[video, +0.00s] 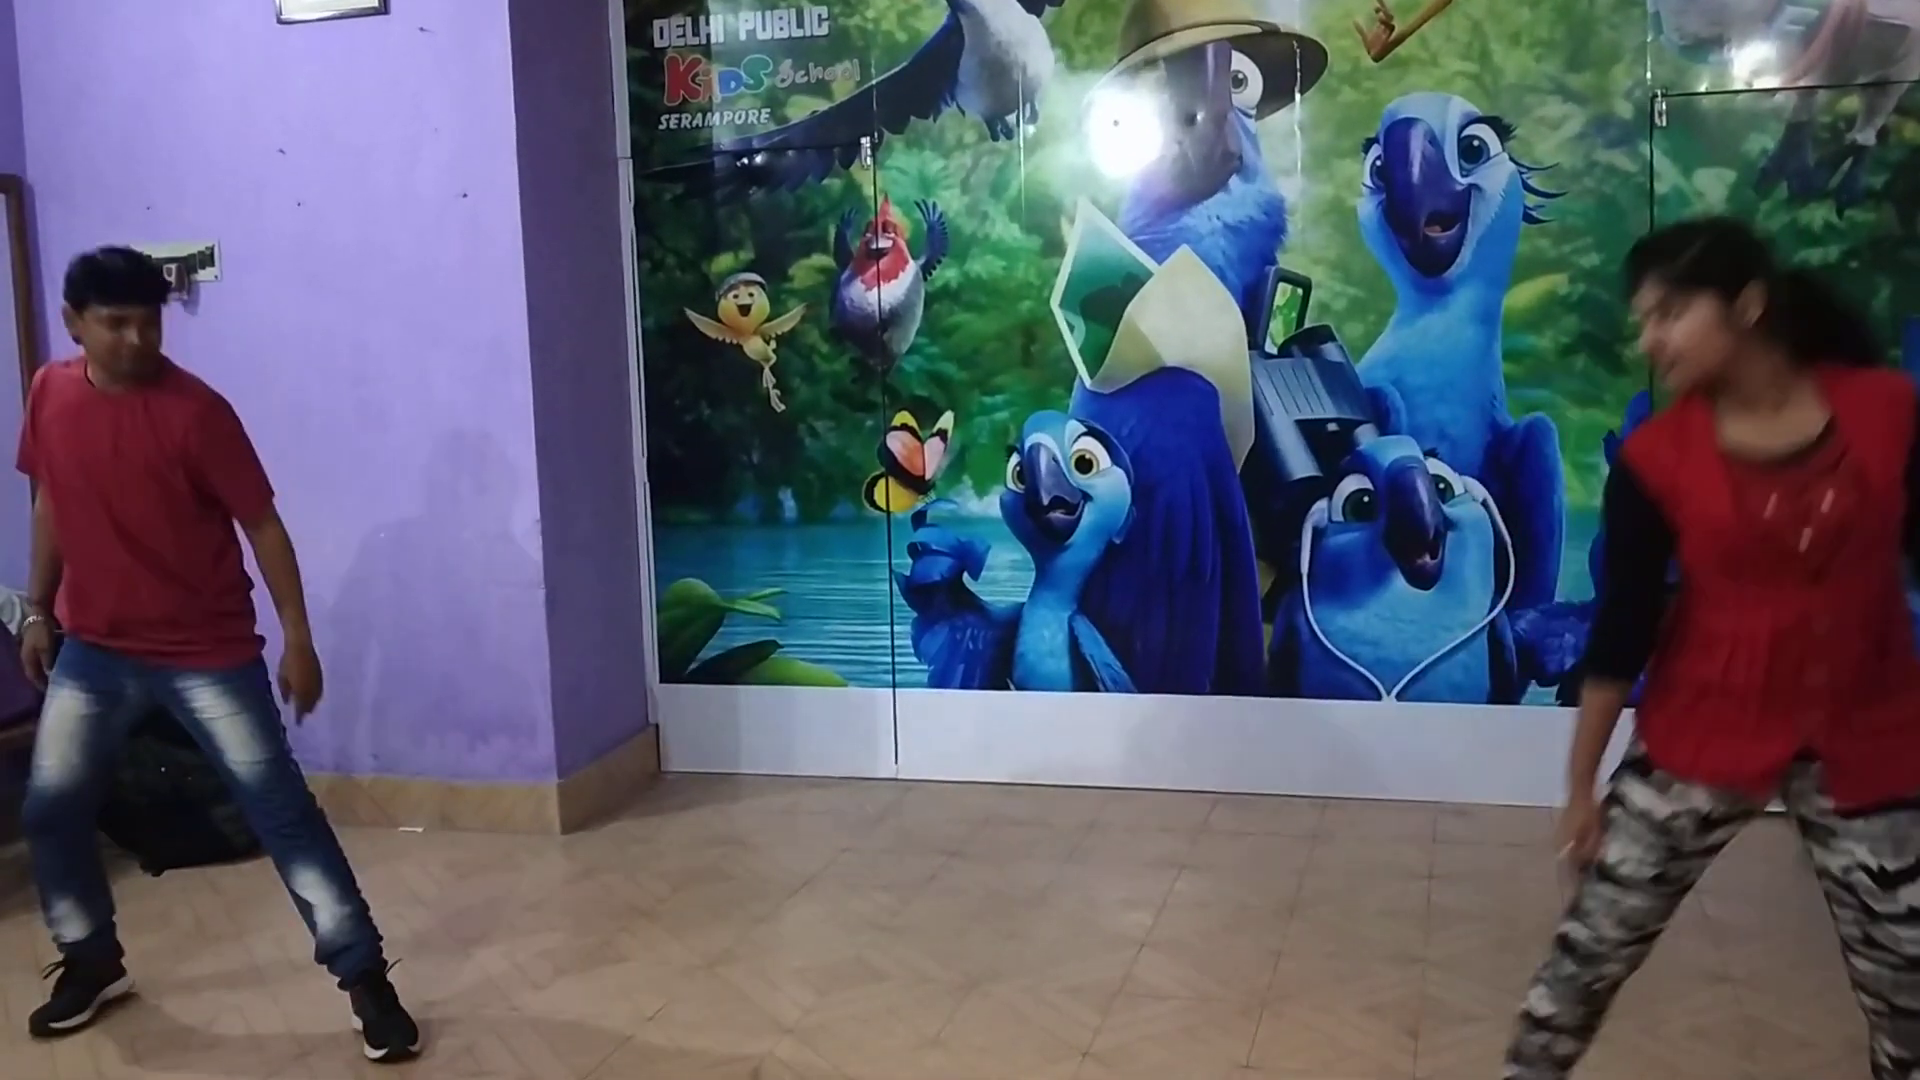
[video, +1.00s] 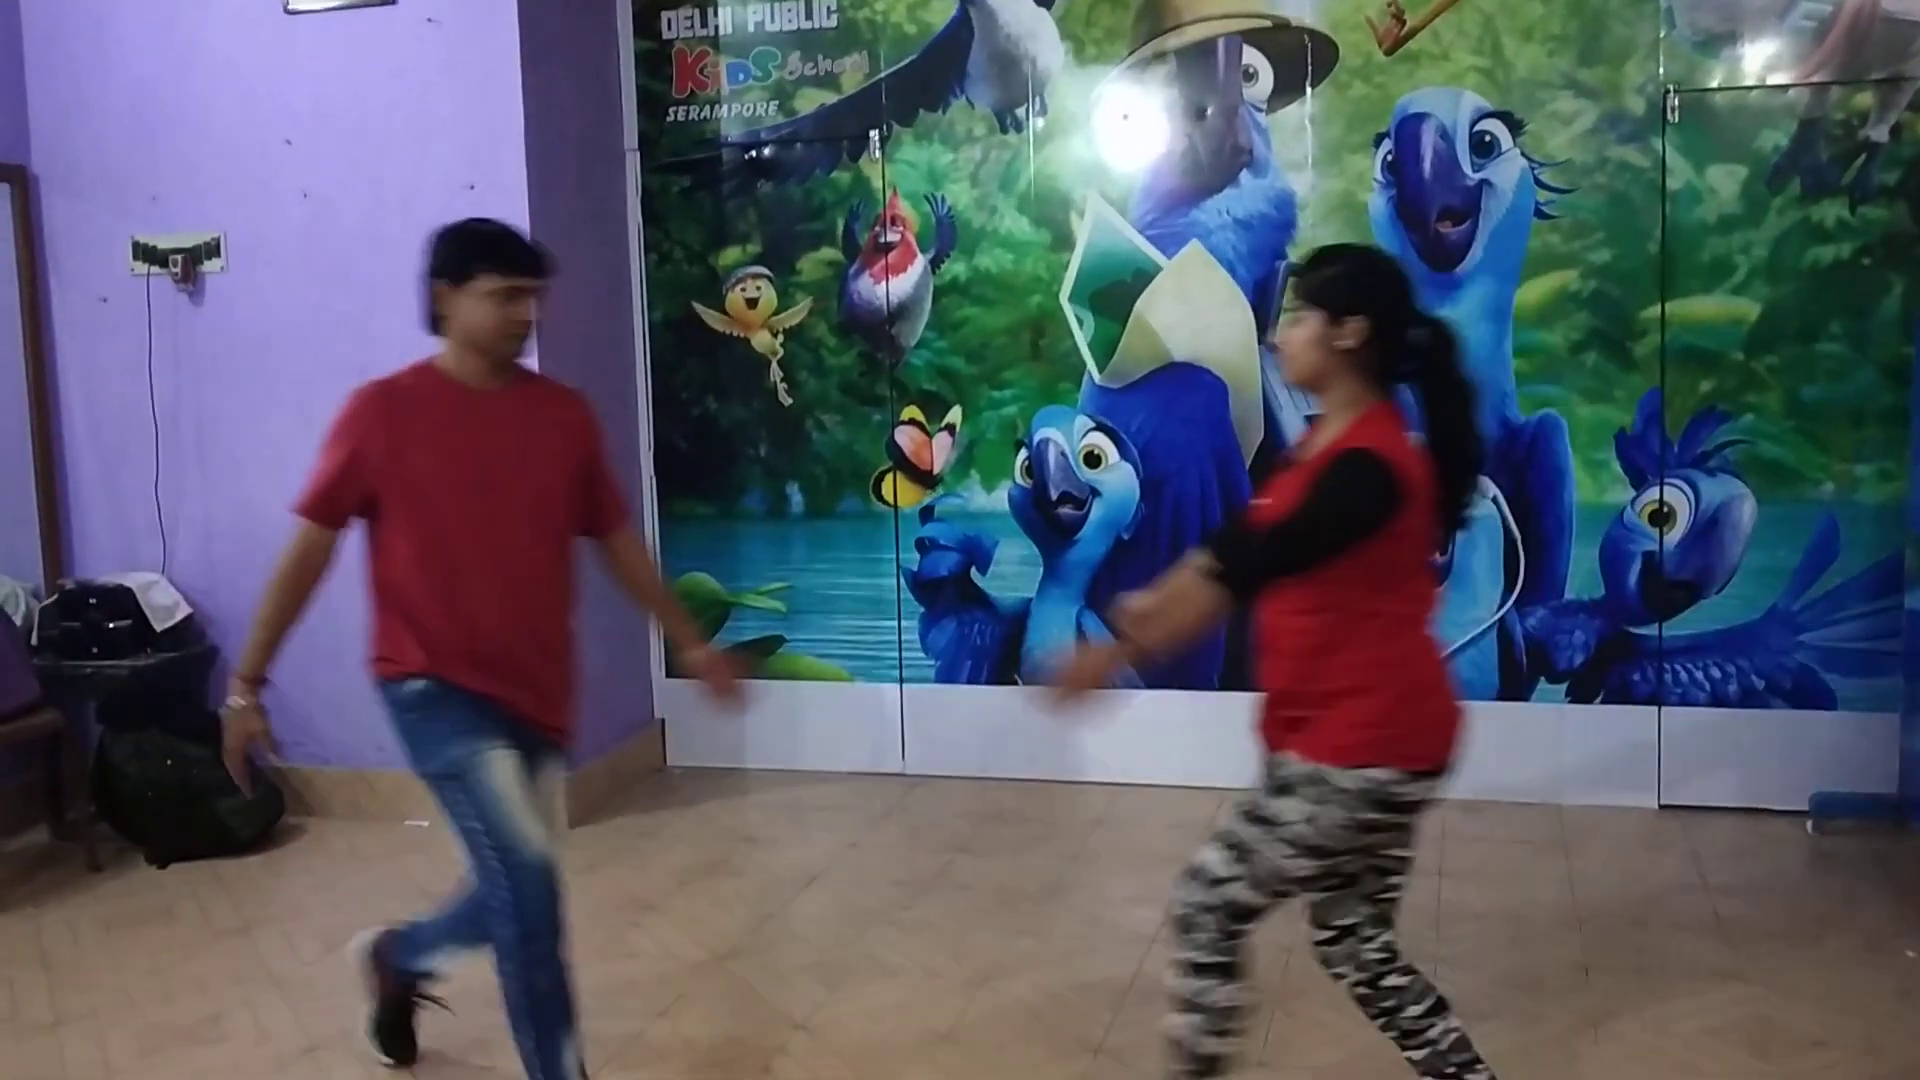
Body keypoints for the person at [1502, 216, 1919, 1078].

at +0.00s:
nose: (1648, 342)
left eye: (1666, 314)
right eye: (1642, 322)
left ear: (1746, 306)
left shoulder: (1887, 414)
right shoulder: (1657, 457)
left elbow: (1919, 555)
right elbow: (1621, 626)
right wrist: (1581, 785)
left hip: (1865, 727)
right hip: (1707, 729)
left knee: (1905, 975)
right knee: (1595, 942)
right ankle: (1529, 1070)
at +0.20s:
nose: (1701, 288)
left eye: (1721, 263)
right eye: (1697, 268)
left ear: (1801, 263)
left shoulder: (1906, 395)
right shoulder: (1680, 411)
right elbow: (1646, 575)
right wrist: (1600, 718)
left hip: (1882, 729)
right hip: (1719, 723)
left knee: (1905, 972)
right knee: (1626, 939)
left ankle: (1910, 1070)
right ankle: (1553, 1071)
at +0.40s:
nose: (1670, 293)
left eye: (1693, 270)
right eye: (1672, 274)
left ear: (1768, 276)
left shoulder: (1886, 417)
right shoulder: (1655, 419)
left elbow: (1916, 572)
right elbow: (1619, 578)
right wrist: (1574, 715)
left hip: (1842, 733)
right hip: (1687, 723)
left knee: (1882, 970)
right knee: (1586, 933)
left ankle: (1906, 1070)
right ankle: (1529, 1072)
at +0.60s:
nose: (1565, 321)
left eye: (1586, 300)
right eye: (1569, 301)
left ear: (1652, 311)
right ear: (1628, 315)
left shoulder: (1745, 455)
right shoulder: (1559, 446)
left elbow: (1779, 641)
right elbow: (1529, 591)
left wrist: (1804, 816)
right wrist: (1487, 705)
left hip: (1714, 766)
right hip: (1590, 756)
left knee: (1804, 979)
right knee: (1487, 921)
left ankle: (1892, 1065)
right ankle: (1503, 1071)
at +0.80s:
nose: (1416, 329)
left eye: (1433, 313)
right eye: (1422, 311)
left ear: (1490, 329)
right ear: (1477, 328)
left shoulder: (1537, 468)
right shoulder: (1439, 443)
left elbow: (1505, 643)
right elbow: (1391, 563)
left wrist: (1462, 786)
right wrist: (1333, 654)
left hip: (1531, 768)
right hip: (1443, 755)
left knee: (1479, 985)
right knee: (1395, 925)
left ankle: (1660, 1070)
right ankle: (1465, 1068)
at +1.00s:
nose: (1278, 336)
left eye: (1294, 318)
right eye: (1283, 318)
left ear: (1348, 333)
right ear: (1342, 336)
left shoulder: (1374, 464)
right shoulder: (1323, 447)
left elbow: (1242, 566)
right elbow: (1231, 556)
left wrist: (1115, 649)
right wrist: (1145, 619)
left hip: (1368, 745)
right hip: (1330, 737)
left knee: (1208, 905)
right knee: (1356, 943)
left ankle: (1196, 1065)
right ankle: (1463, 1071)